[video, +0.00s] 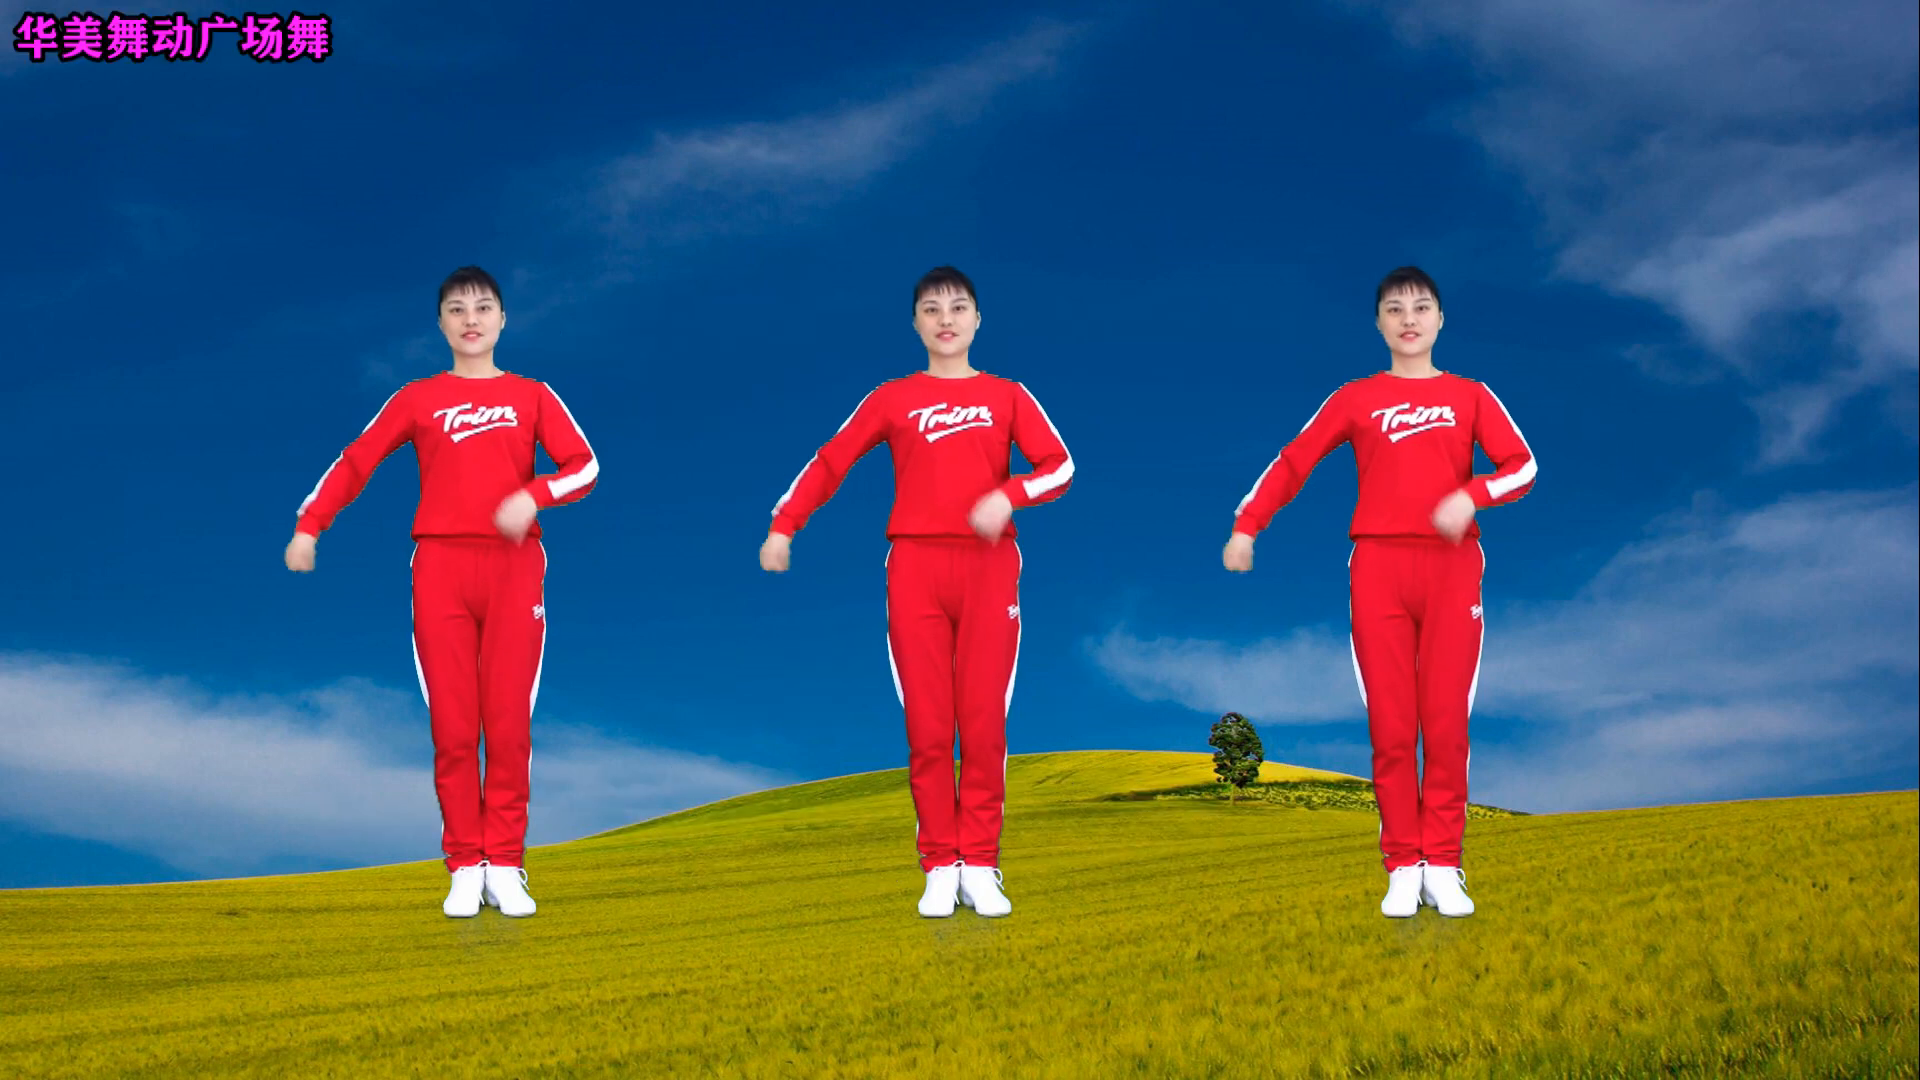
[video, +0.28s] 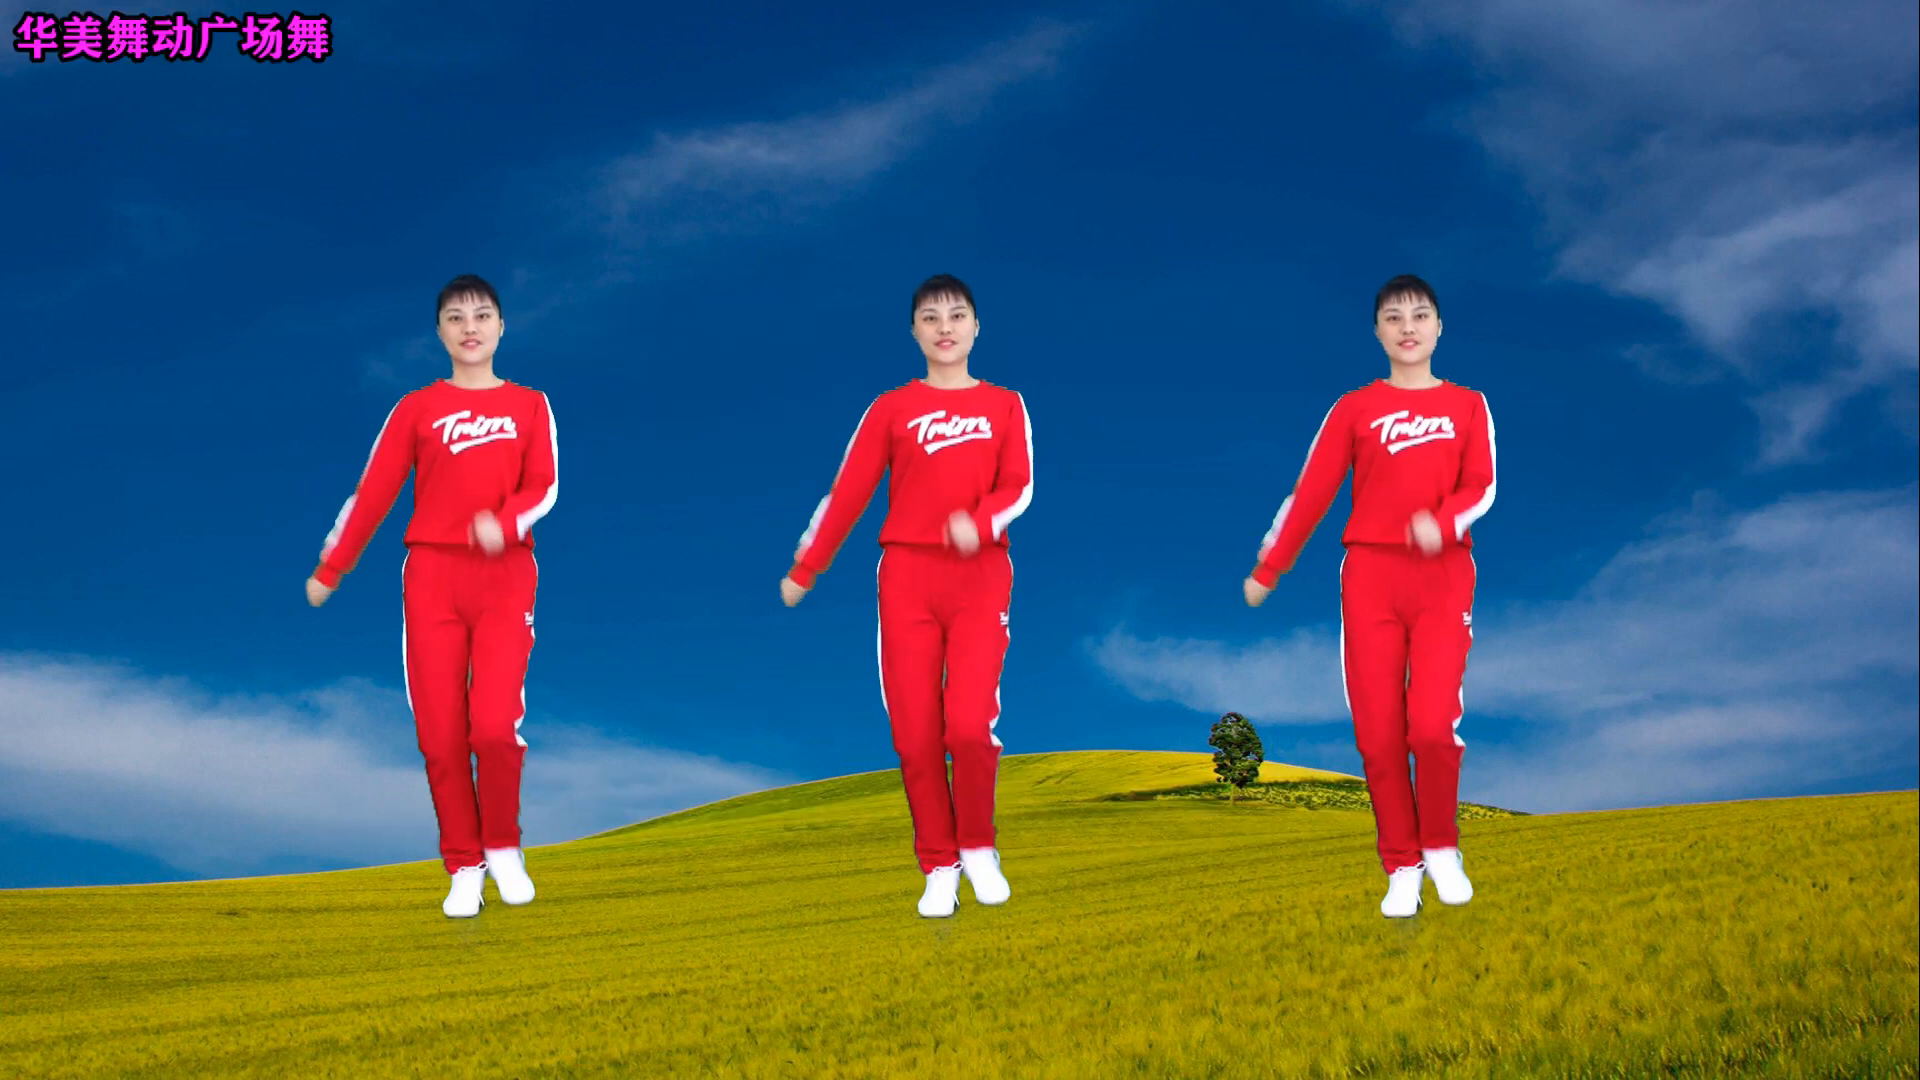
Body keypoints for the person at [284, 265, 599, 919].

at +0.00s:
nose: (471, 319)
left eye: (482, 308)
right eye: (459, 310)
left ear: (501, 318)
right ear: (443, 323)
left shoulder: (533, 396)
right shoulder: (416, 399)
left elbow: (585, 468)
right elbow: (355, 462)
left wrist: (533, 495)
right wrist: (307, 528)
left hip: (514, 573)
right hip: (440, 573)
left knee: (509, 722)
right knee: (453, 727)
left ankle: (505, 865)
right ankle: (465, 865)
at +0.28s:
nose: (470, 326)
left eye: (481, 316)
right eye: (457, 318)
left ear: (500, 326)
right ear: (441, 332)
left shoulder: (530, 403)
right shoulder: (415, 407)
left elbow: (544, 486)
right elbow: (373, 491)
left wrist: (507, 521)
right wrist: (331, 567)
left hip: (506, 580)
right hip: (431, 580)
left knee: (495, 724)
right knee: (439, 734)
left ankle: (503, 848)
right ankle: (463, 865)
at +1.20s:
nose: (484, 305)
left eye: (495, 294)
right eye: (471, 296)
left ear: (514, 303)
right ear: (455, 308)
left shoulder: (546, 381)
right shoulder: (430, 388)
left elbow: (586, 465)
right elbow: (379, 464)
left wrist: (531, 442)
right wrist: (340, 544)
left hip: (534, 556)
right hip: (458, 556)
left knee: (527, 712)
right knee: (485, 705)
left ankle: (514, 861)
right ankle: (475, 827)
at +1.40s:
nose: (482, 316)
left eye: (494, 305)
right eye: (469, 307)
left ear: (513, 315)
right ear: (453, 320)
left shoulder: (544, 395)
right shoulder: (428, 395)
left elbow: (573, 481)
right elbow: (358, 454)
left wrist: (533, 420)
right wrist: (287, 514)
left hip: (530, 566)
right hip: (453, 567)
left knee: (521, 727)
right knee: (461, 732)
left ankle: (509, 868)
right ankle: (465, 869)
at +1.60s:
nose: (478, 318)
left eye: (489, 308)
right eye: (465, 309)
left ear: (508, 319)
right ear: (448, 322)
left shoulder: (536, 396)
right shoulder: (420, 402)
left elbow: (540, 476)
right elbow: (388, 490)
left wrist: (499, 522)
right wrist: (357, 571)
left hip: (511, 577)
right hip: (437, 577)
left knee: (499, 724)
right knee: (446, 731)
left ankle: (504, 849)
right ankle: (462, 867)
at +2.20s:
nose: (479, 308)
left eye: (492, 298)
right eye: (467, 299)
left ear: (510, 311)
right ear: (450, 312)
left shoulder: (542, 385)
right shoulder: (425, 389)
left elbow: (594, 466)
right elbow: (406, 473)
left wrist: (639, 542)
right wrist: (449, 496)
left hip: (525, 570)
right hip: (449, 572)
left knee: (516, 726)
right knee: (458, 725)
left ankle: (508, 867)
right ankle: (465, 863)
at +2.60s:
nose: (481, 300)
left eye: (491, 289)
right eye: (467, 292)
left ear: (510, 303)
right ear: (450, 310)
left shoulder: (544, 381)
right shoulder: (426, 386)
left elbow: (577, 460)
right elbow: (370, 460)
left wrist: (523, 414)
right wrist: (325, 538)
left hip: (528, 557)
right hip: (452, 557)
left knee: (521, 711)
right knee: (474, 709)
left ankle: (508, 860)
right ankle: (468, 833)